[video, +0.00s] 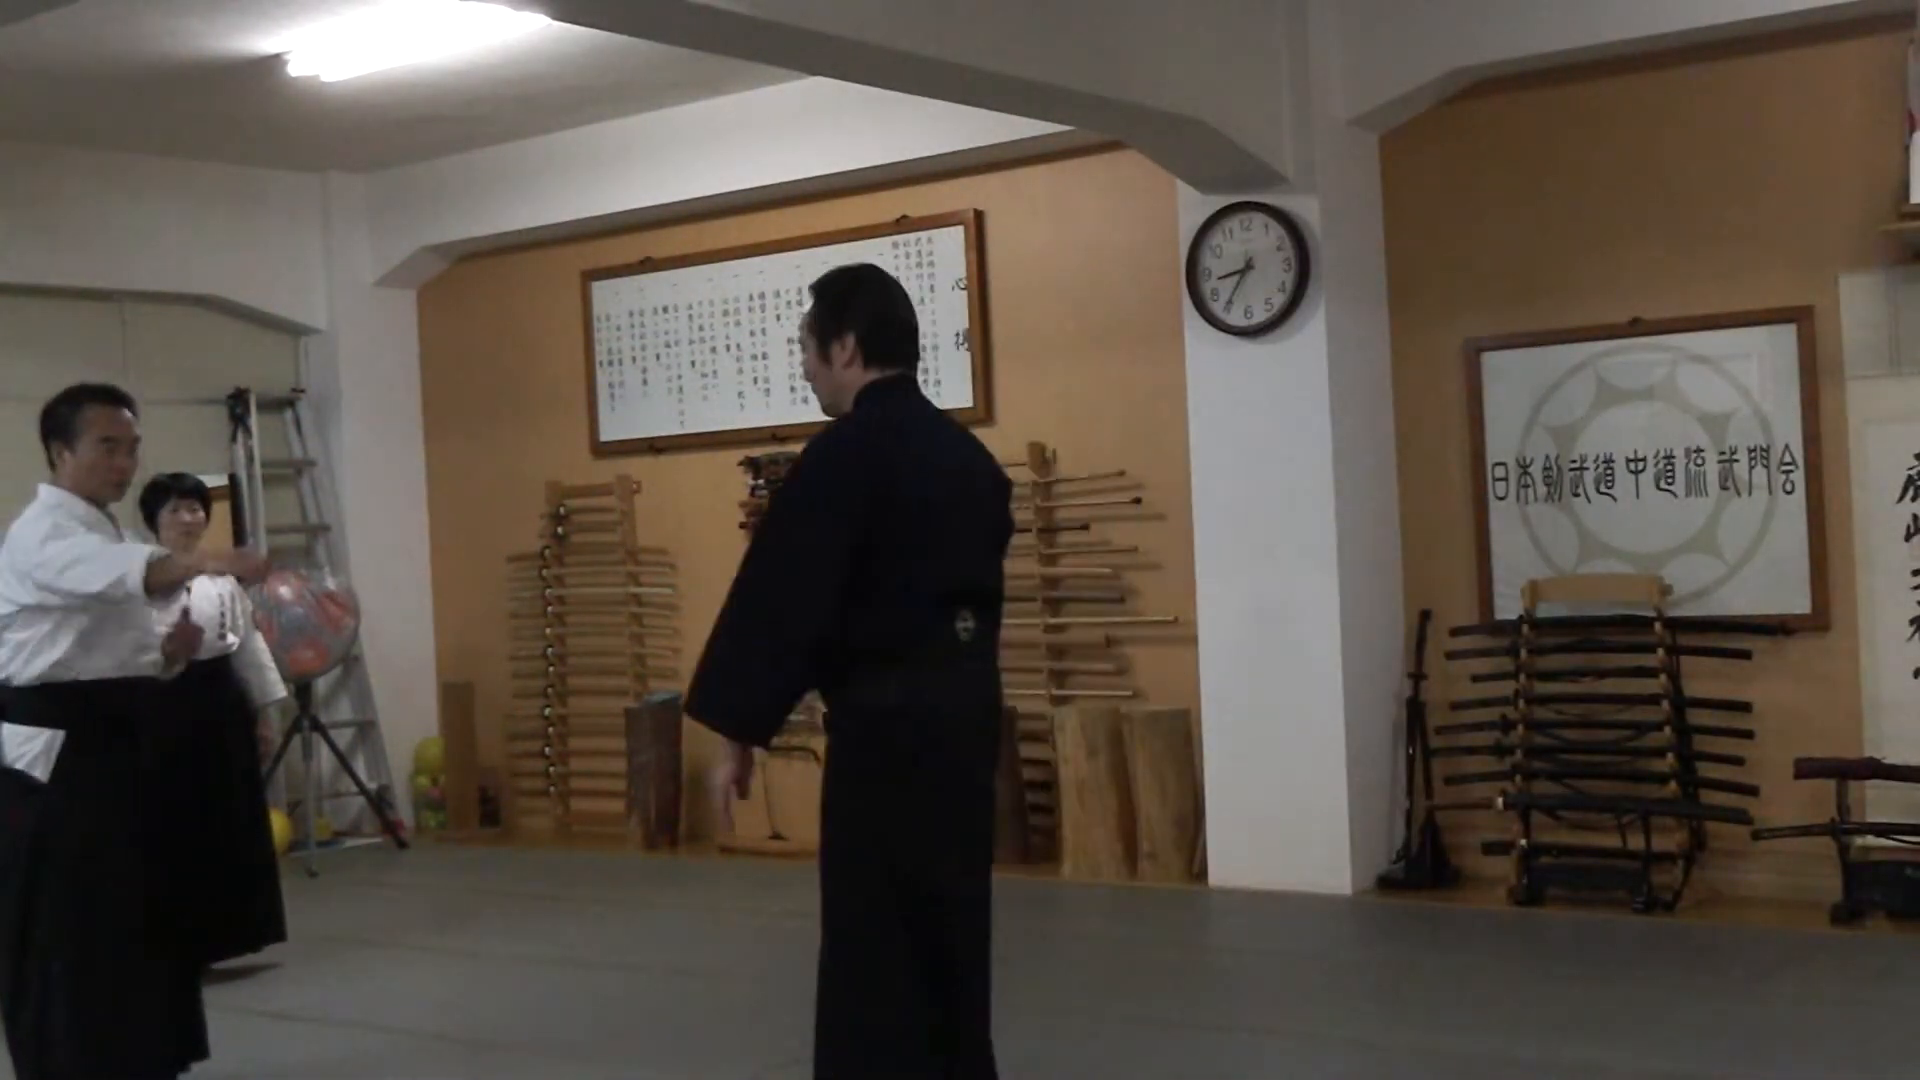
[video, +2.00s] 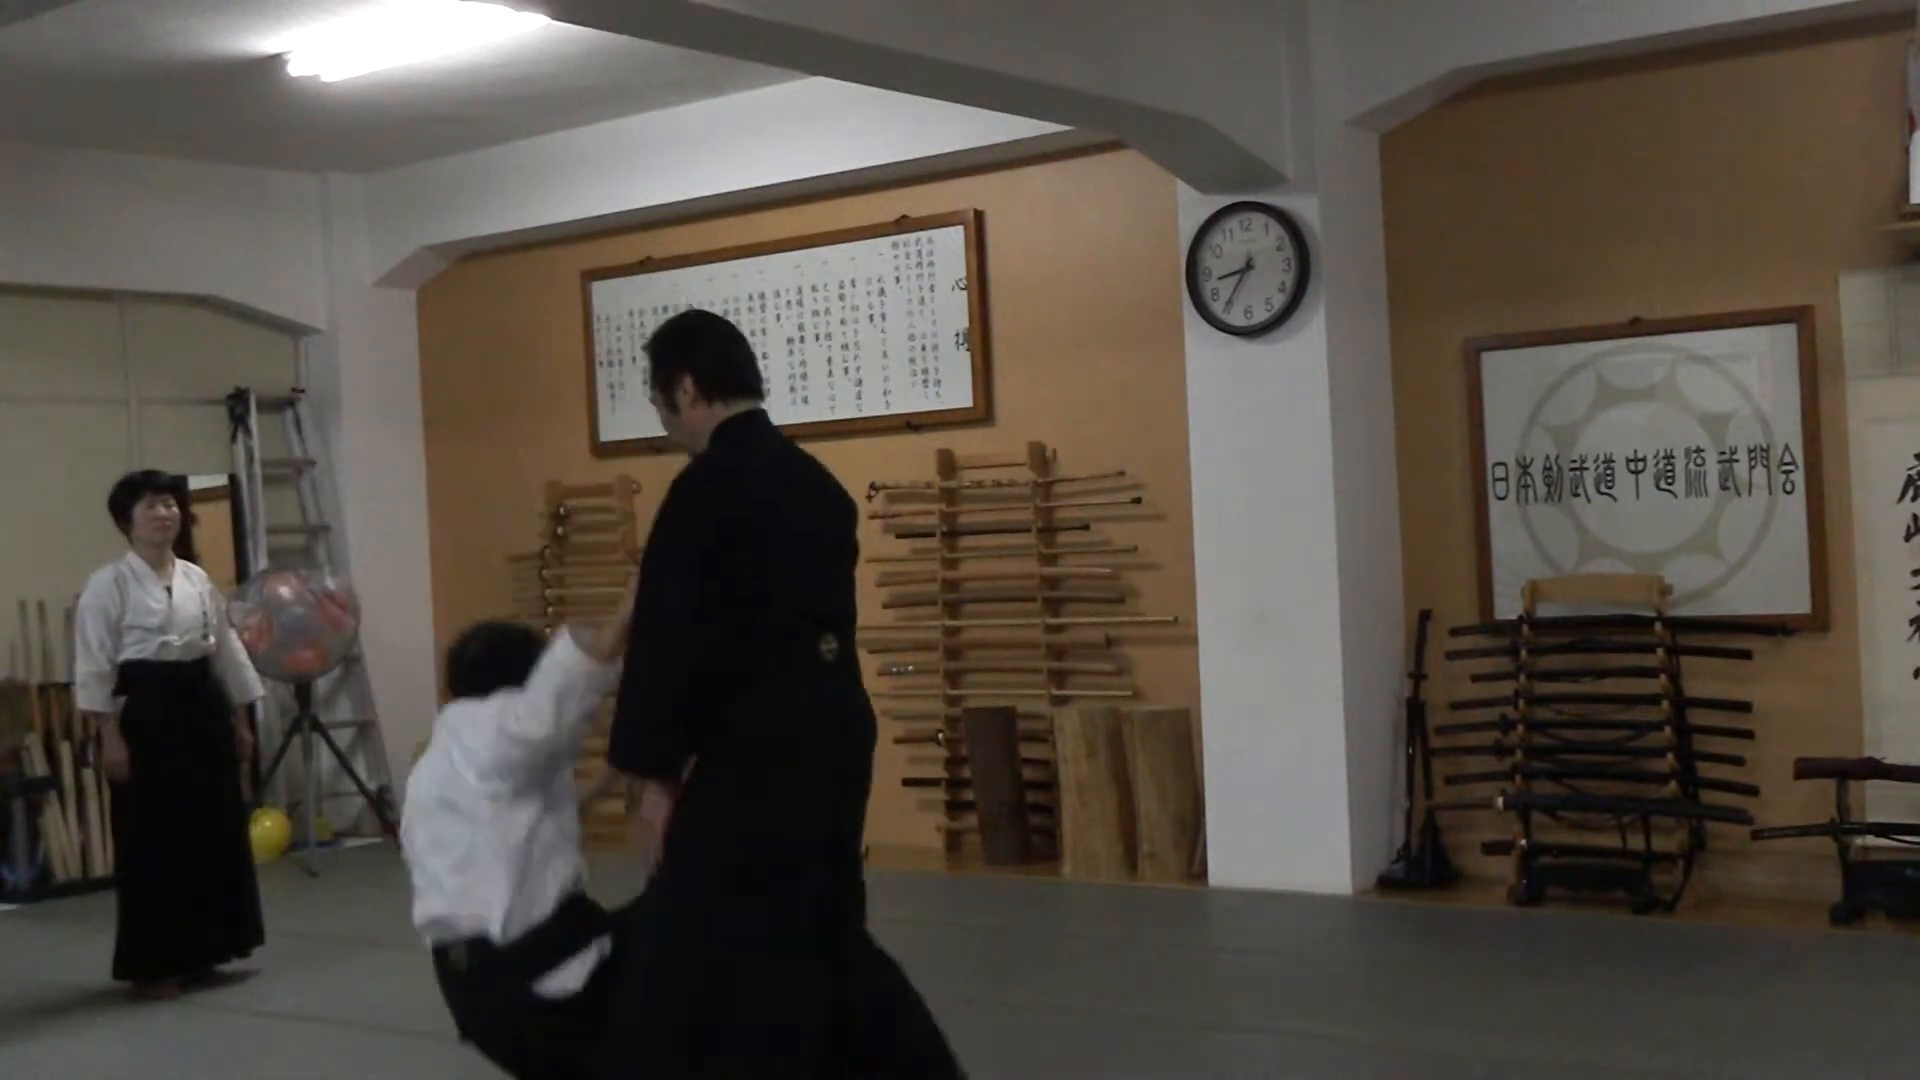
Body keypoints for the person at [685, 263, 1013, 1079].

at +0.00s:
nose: (806, 368)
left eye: (811, 348)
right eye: (806, 350)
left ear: (847, 347)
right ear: (897, 346)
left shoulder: (843, 454)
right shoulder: (968, 453)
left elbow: (781, 593)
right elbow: (970, 602)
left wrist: (741, 729)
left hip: (880, 725)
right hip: (966, 716)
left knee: (870, 935)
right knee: (950, 925)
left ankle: (871, 1067)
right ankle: (954, 1066)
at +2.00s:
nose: (668, 425)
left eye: (665, 405)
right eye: (663, 408)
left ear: (689, 391)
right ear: (750, 384)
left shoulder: (703, 487)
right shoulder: (821, 484)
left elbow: (665, 633)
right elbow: (822, 634)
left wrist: (651, 771)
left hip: (744, 740)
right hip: (836, 727)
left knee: (699, 938)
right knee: (824, 933)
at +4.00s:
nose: (1034, 362)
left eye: (1041, 343)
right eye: (1034, 344)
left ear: (1083, 341)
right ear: (1113, 344)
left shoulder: (1087, 448)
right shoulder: (1185, 444)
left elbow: (1061, 604)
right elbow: (1180, 605)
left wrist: (1040, 753)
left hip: (1112, 740)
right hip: (1191, 728)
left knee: (1109, 957)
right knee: (1200, 945)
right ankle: (1211, 1068)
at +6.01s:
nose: (902, 386)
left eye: (903, 369)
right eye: (901, 370)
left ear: (928, 367)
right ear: (985, 361)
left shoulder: (911, 469)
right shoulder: (1060, 457)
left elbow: (897, 619)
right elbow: (1087, 596)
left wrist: (904, 746)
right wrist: (1052, 681)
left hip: (975, 716)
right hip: (1070, 709)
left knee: (957, 903)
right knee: (1068, 899)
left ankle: (966, 1065)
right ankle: (1081, 1062)